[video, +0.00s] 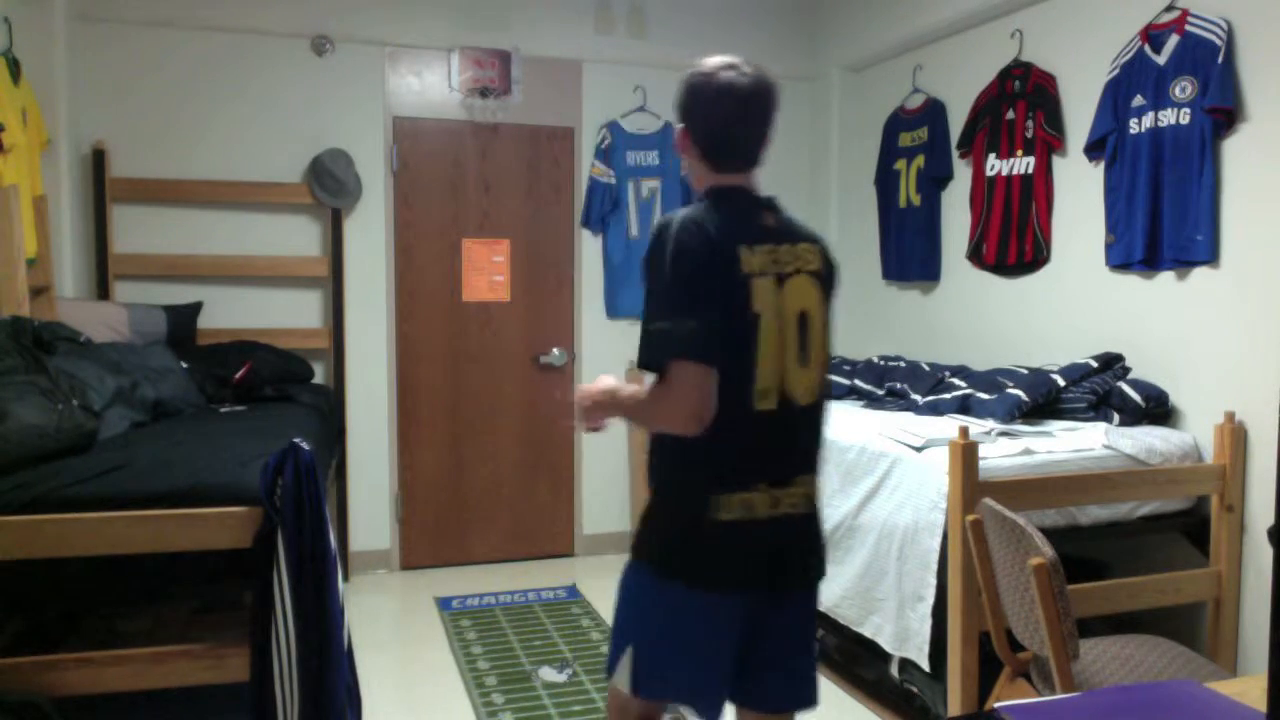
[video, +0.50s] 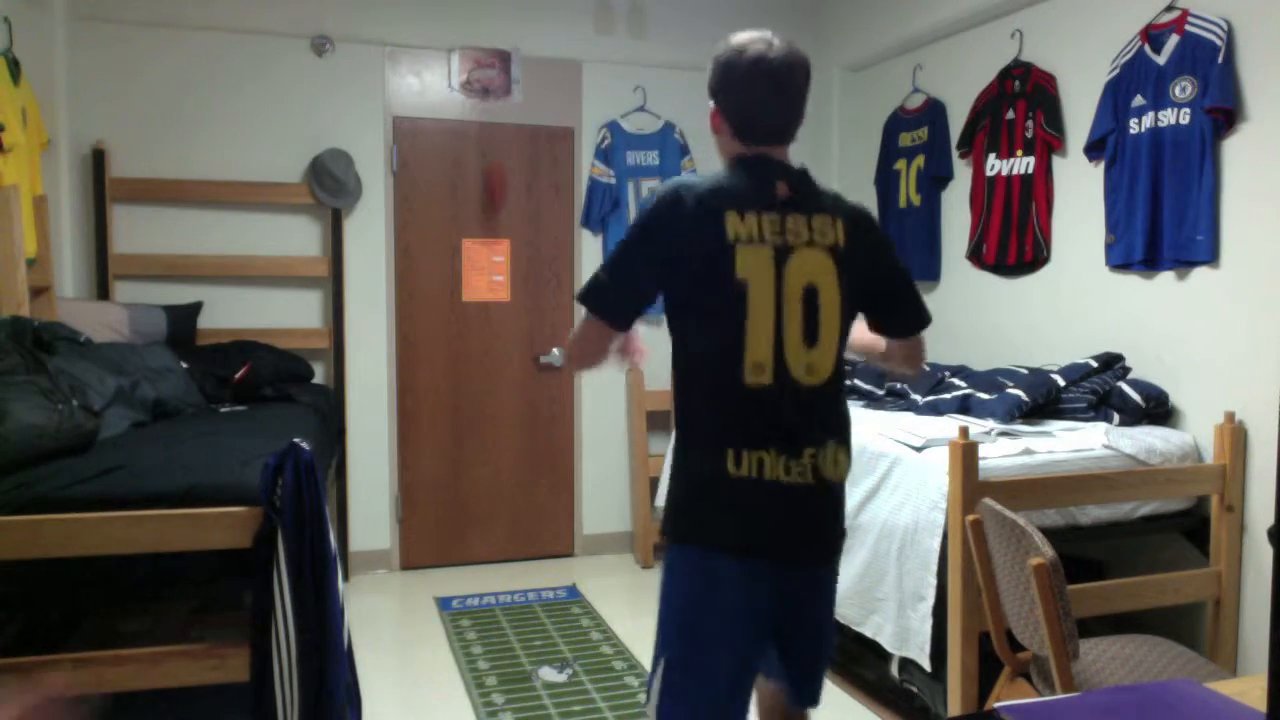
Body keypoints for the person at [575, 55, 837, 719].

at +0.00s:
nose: (676, 137)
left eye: (677, 125)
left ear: (684, 137)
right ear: (764, 138)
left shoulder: (688, 237)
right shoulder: (810, 247)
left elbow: (689, 406)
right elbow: (792, 388)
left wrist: (614, 396)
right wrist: (640, 394)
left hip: (698, 541)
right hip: (791, 540)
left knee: (633, 705)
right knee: (768, 711)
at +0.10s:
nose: (684, 136)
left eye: (685, 125)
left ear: (692, 137)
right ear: (773, 137)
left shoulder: (692, 235)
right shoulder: (822, 246)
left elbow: (678, 406)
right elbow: (812, 388)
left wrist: (622, 395)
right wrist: (664, 391)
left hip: (704, 536)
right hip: (799, 534)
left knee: (640, 703)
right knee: (773, 710)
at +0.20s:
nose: (700, 137)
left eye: (701, 126)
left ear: (708, 137)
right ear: (788, 136)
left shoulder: (688, 236)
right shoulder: (838, 248)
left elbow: (627, 411)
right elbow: (864, 396)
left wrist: (670, 397)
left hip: (714, 539)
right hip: (808, 539)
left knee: (697, 704)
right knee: (780, 705)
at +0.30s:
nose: (704, 131)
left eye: (704, 121)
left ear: (712, 133)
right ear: (792, 132)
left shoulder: (682, 234)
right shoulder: (842, 246)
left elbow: (613, 395)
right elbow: (887, 391)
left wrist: (644, 414)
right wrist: (819, 388)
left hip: (716, 536)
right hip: (811, 535)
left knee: (703, 704)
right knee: (782, 704)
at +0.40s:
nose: (706, 126)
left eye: (706, 116)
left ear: (713, 128)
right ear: (793, 127)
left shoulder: (680, 228)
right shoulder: (843, 237)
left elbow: (597, 379)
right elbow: (898, 381)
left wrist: (624, 380)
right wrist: (833, 376)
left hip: (715, 526)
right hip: (813, 524)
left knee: (704, 704)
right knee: (780, 703)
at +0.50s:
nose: (708, 116)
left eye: (708, 105)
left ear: (716, 117)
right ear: (798, 116)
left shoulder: (683, 211)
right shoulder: (849, 222)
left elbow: (589, 340)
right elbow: (908, 357)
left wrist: (575, 354)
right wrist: (838, 330)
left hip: (717, 510)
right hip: (815, 510)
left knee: (697, 701)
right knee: (786, 695)